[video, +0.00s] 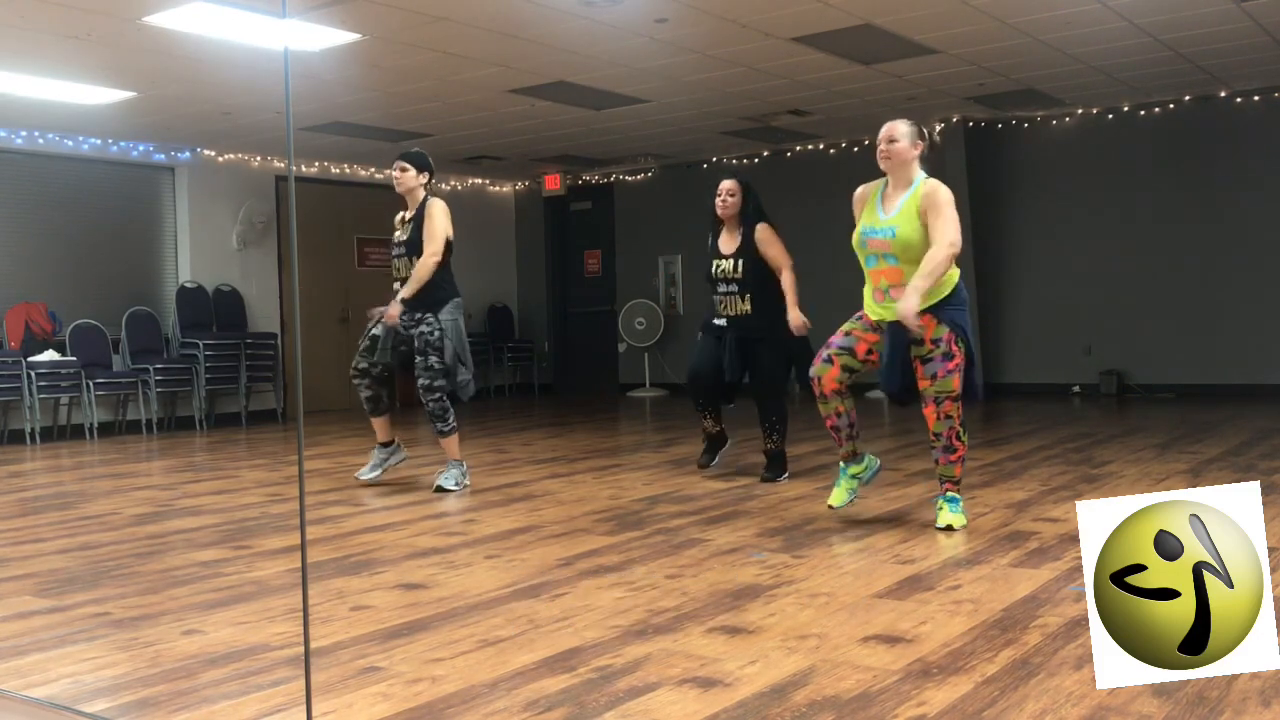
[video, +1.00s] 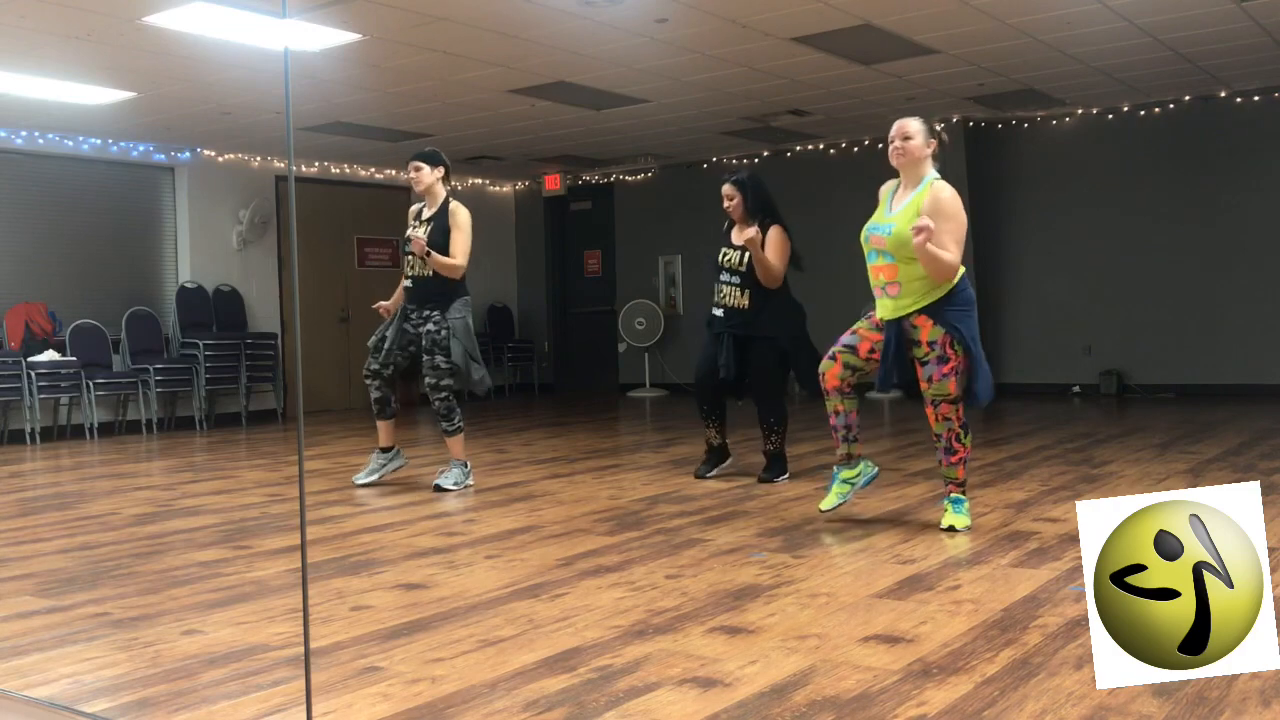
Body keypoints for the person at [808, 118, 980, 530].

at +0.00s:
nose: (883, 146)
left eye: (893, 139)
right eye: (880, 142)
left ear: (917, 149)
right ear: (875, 153)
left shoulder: (934, 193)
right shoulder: (864, 196)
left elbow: (947, 245)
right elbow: (873, 254)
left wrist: (913, 294)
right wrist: (879, 304)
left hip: (933, 313)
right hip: (878, 314)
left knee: (941, 403)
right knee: (825, 373)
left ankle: (950, 495)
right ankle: (855, 462)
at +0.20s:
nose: (873, 142)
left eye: (882, 134)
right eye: (868, 137)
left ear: (906, 140)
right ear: (864, 148)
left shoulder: (930, 182)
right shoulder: (855, 195)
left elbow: (956, 242)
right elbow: (854, 257)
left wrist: (964, 304)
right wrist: (830, 300)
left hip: (921, 309)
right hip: (867, 313)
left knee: (933, 402)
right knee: (861, 400)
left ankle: (948, 495)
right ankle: (867, 491)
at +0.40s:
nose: (867, 146)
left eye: (875, 139)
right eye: (860, 141)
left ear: (893, 146)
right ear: (851, 151)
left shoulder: (921, 187)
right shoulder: (836, 199)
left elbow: (962, 239)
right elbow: (804, 249)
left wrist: (972, 297)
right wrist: (769, 258)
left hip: (915, 310)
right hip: (856, 315)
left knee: (939, 390)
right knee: (848, 398)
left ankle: (948, 488)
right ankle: (864, 492)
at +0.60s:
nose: (871, 142)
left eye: (880, 136)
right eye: (865, 137)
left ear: (900, 144)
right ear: (858, 148)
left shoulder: (924, 191)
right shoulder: (841, 188)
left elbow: (946, 252)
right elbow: (795, 234)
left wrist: (937, 288)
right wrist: (757, 273)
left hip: (915, 312)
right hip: (859, 317)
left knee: (936, 403)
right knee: (862, 408)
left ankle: (957, 493)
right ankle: (867, 494)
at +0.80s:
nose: (884, 139)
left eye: (894, 132)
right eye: (880, 135)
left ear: (918, 140)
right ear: (876, 146)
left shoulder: (936, 191)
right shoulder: (866, 183)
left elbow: (951, 257)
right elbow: (847, 241)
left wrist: (927, 257)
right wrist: (836, 294)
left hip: (923, 312)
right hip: (870, 313)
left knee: (937, 404)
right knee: (864, 402)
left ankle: (955, 497)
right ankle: (866, 492)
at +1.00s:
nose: (895, 145)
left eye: (905, 137)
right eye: (891, 141)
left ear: (931, 146)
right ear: (888, 152)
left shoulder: (942, 196)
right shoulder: (888, 190)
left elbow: (949, 272)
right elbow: (894, 248)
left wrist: (922, 247)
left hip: (935, 314)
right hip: (889, 312)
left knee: (944, 406)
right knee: (835, 371)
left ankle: (955, 497)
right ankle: (851, 464)